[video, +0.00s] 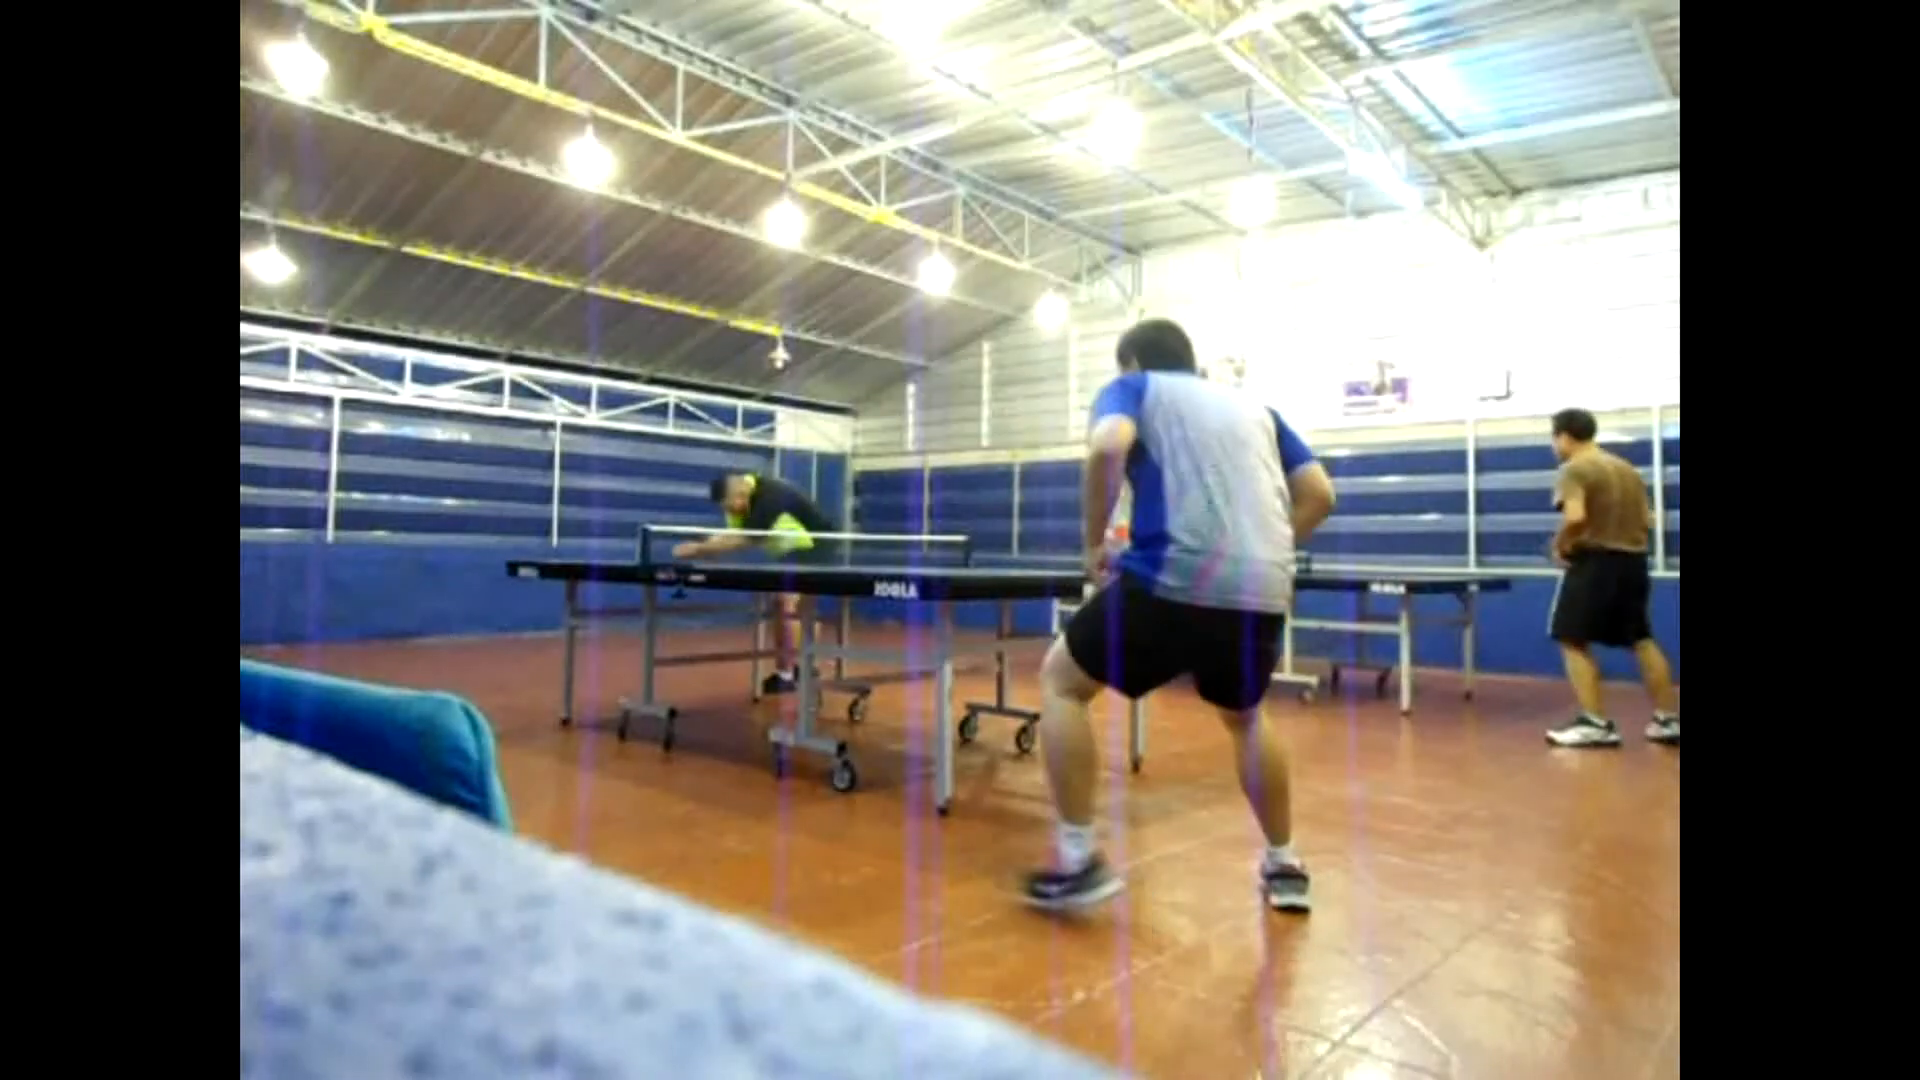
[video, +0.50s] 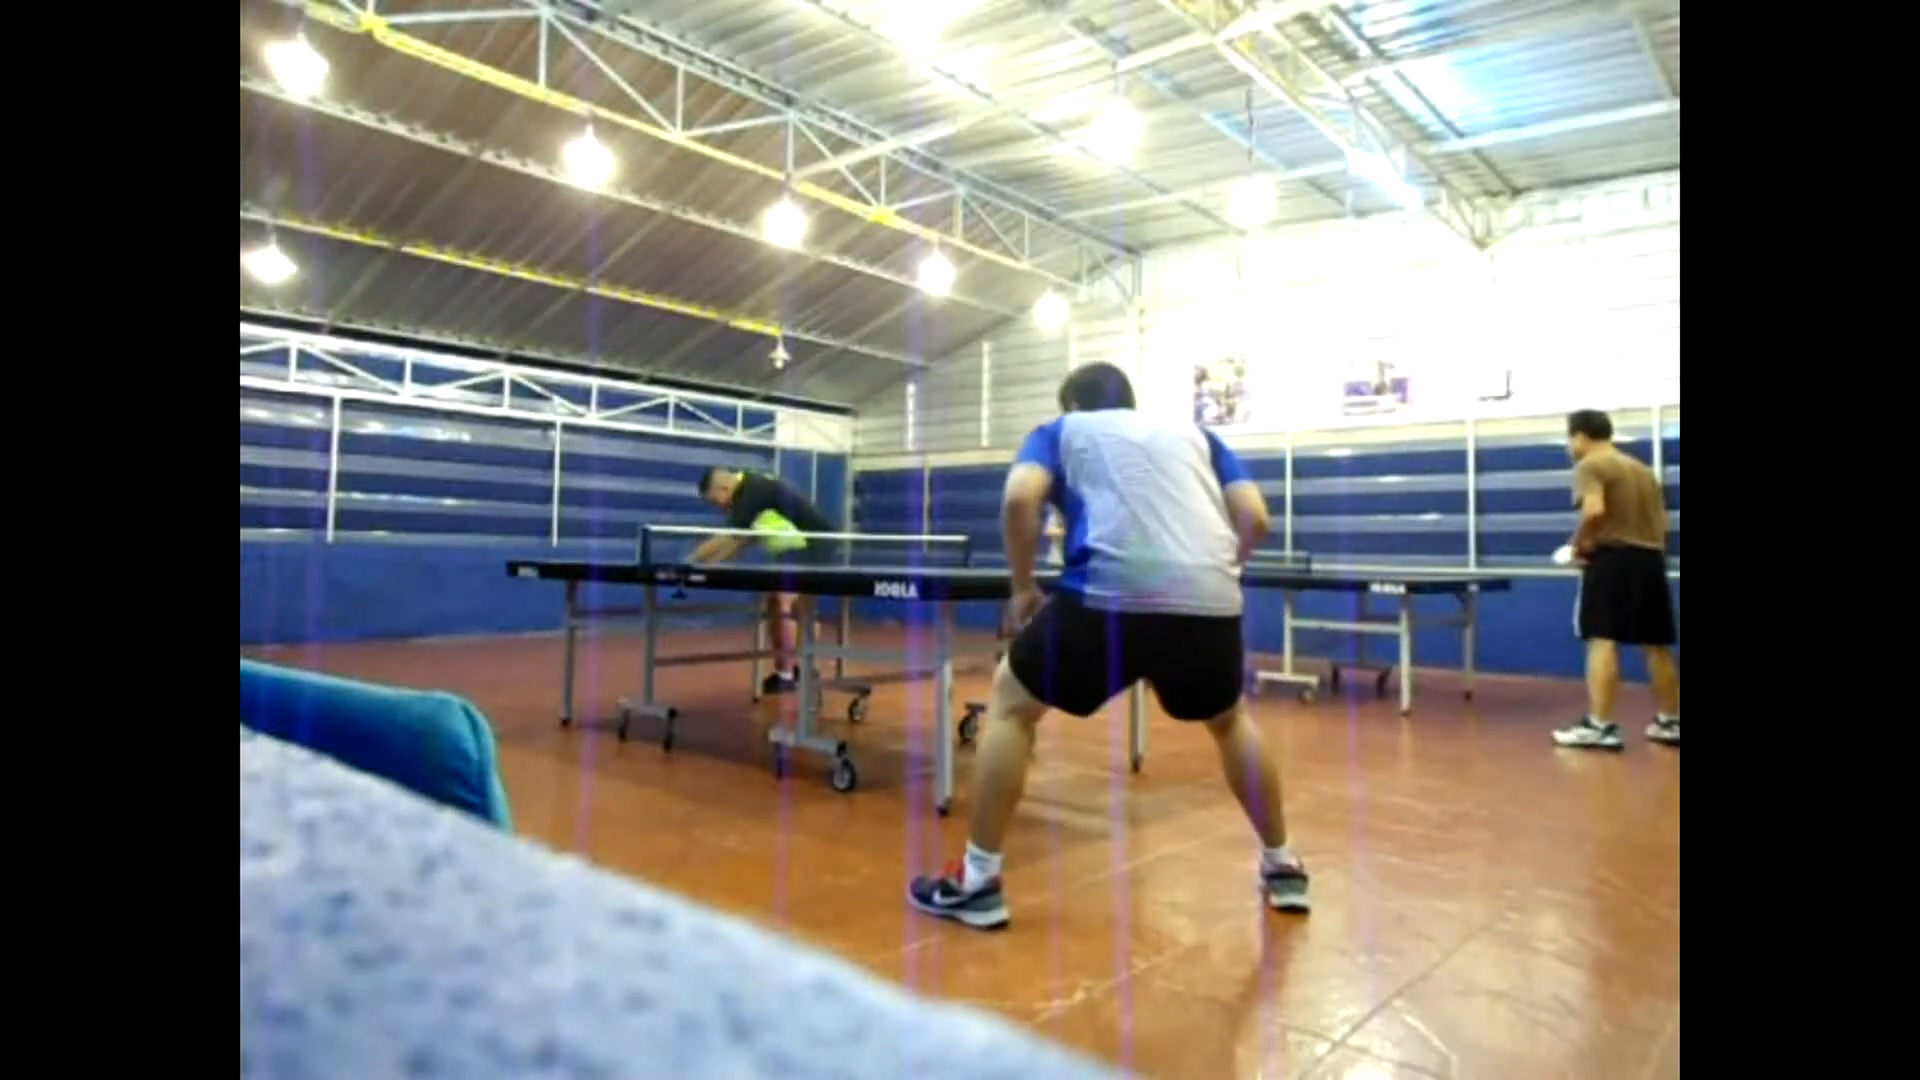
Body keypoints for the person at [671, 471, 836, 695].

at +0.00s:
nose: (732, 511)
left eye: (731, 504)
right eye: (727, 508)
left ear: (739, 491)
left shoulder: (769, 495)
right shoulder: (742, 498)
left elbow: (749, 538)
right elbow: (734, 534)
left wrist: (699, 549)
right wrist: (700, 549)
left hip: (811, 550)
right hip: (789, 551)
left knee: (789, 607)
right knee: (783, 608)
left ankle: (788, 671)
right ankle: (787, 667)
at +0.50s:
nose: (719, 506)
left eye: (716, 500)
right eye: (714, 502)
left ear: (725, 486)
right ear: (725, 485)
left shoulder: (751, 492)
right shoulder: (751, 488)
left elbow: (728, 536)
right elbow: (739, 540)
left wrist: (690, 560)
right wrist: (710, 564)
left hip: (810, 547)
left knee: (782, 603)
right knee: (779, 604)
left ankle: (785, 672)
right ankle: (788, 669)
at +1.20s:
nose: (725, 465)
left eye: (729, 458)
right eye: (723, 459)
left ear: (747, 457)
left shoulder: (760, 471)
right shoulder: (751, 481)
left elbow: (798, 479)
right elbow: (800, 477)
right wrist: (814, 518)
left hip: (796, 548)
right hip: (785, 550)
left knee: (788, 607)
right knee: (789, 608)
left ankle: (785, 670)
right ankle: (798, 665)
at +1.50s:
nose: (744, 491)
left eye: (748, 484)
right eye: (738, 487)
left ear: (757, 480)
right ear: (730, 488)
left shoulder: (780, 489)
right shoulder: (727, 503)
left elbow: (823, 485)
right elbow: (696, 534)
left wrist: (835, 525)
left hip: (803, 555)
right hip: (771, 560)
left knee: (783, 608)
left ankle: (768, 671)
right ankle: (803, 663)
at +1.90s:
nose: (767, 443)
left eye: (770, 436)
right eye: (761, 436)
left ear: (773, 441)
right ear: (744, 438)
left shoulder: (776, 468)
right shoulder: (722, 462)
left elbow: (778, 501)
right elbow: (716, 493)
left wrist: (785, 493)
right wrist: (762, 491)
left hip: (765, 542)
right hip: (727, 545)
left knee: (765, 606)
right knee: (720, 601)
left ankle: (763, 667)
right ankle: (743, 640)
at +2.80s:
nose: (681, 471)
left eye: (685, 464)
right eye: (675, 463)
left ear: (689, 463)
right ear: (659, 458)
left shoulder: (687, 487)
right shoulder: (629, 473)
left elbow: (682, 523)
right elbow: (609, 514)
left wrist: (695, 523)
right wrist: (652, 512)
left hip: (672, 555)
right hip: (630, 555)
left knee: (696, 599)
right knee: (619, 601)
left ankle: (716, 665)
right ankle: (600, 676)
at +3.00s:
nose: (667, 450)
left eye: (670, 444)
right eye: (661, 443)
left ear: (673, 447)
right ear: (645, 442)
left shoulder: (671, 467)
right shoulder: (621, 462)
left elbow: (664, 498)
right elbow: (638, 495)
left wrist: (687, 501)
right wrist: (680, 497)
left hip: (658, 544)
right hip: (620, 545)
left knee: (679, 600)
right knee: (618, 602)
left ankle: (695, 661)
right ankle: (600, 675)